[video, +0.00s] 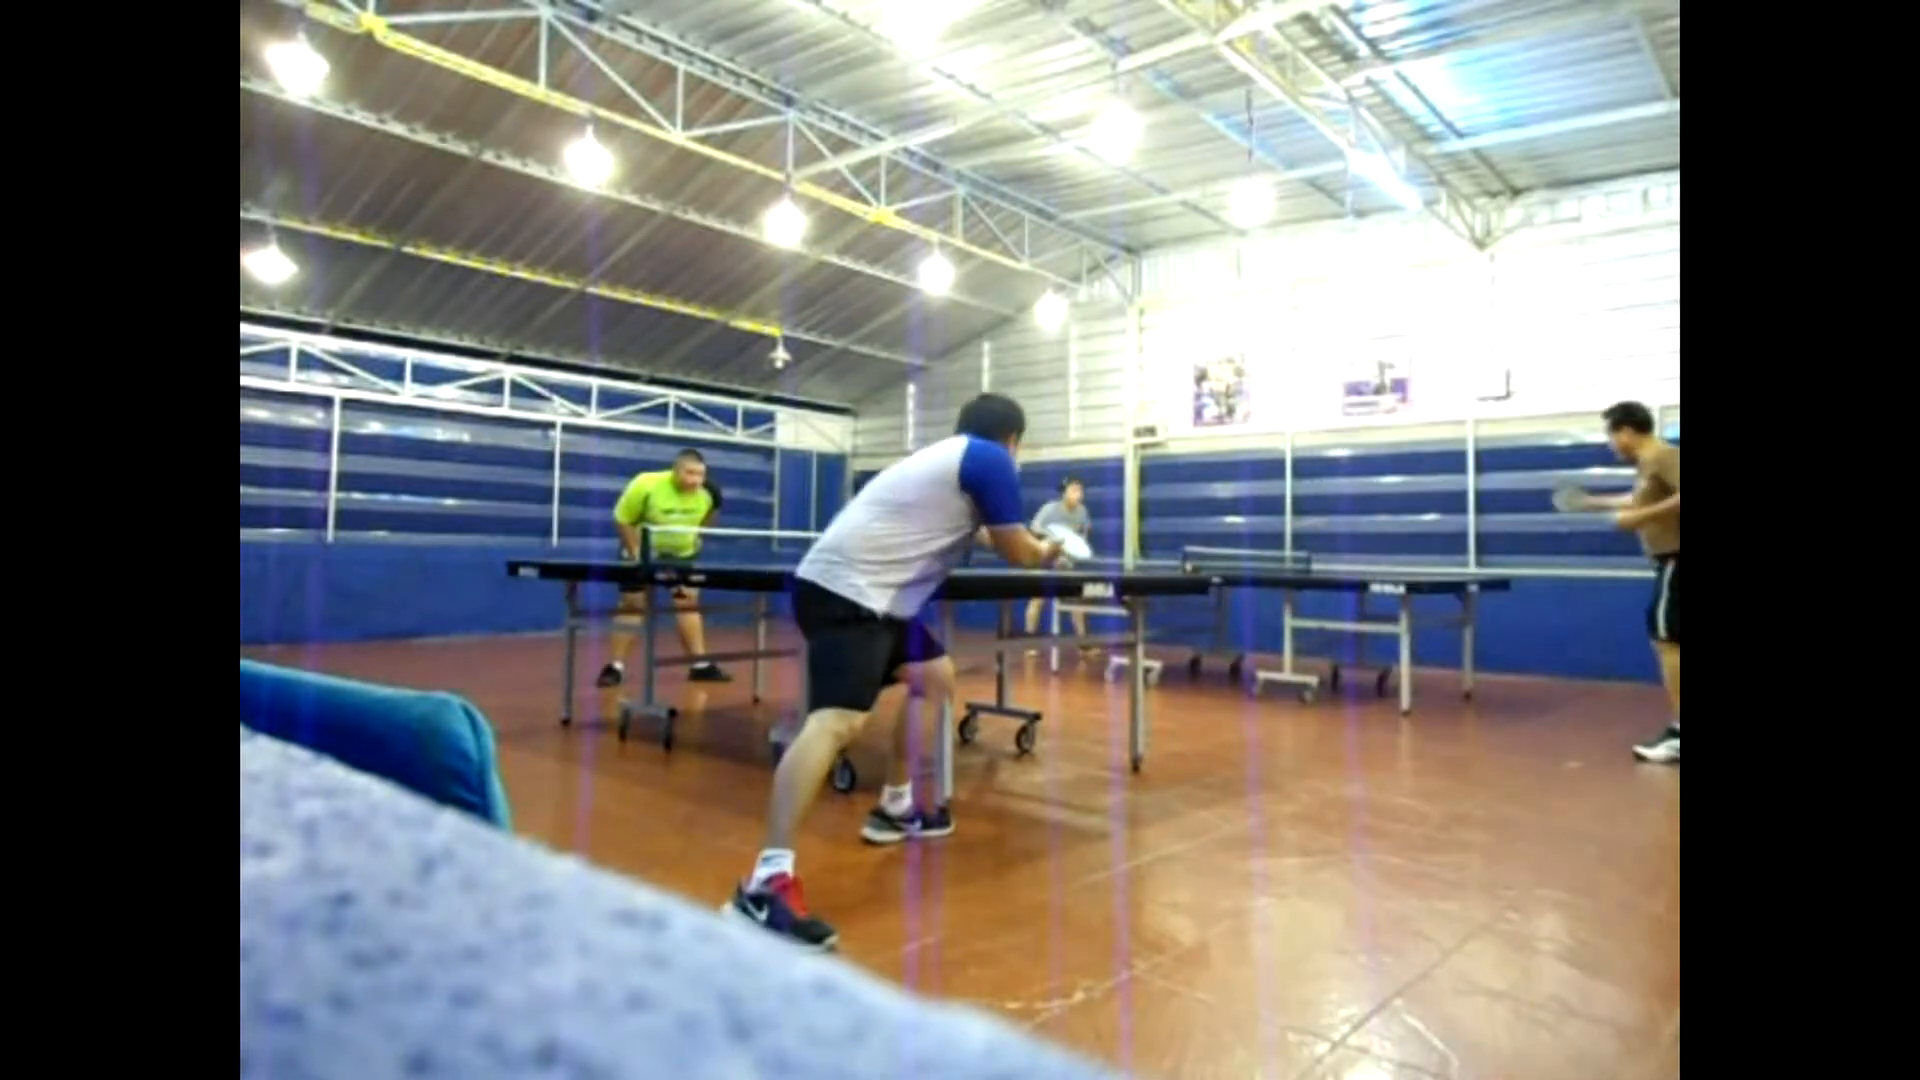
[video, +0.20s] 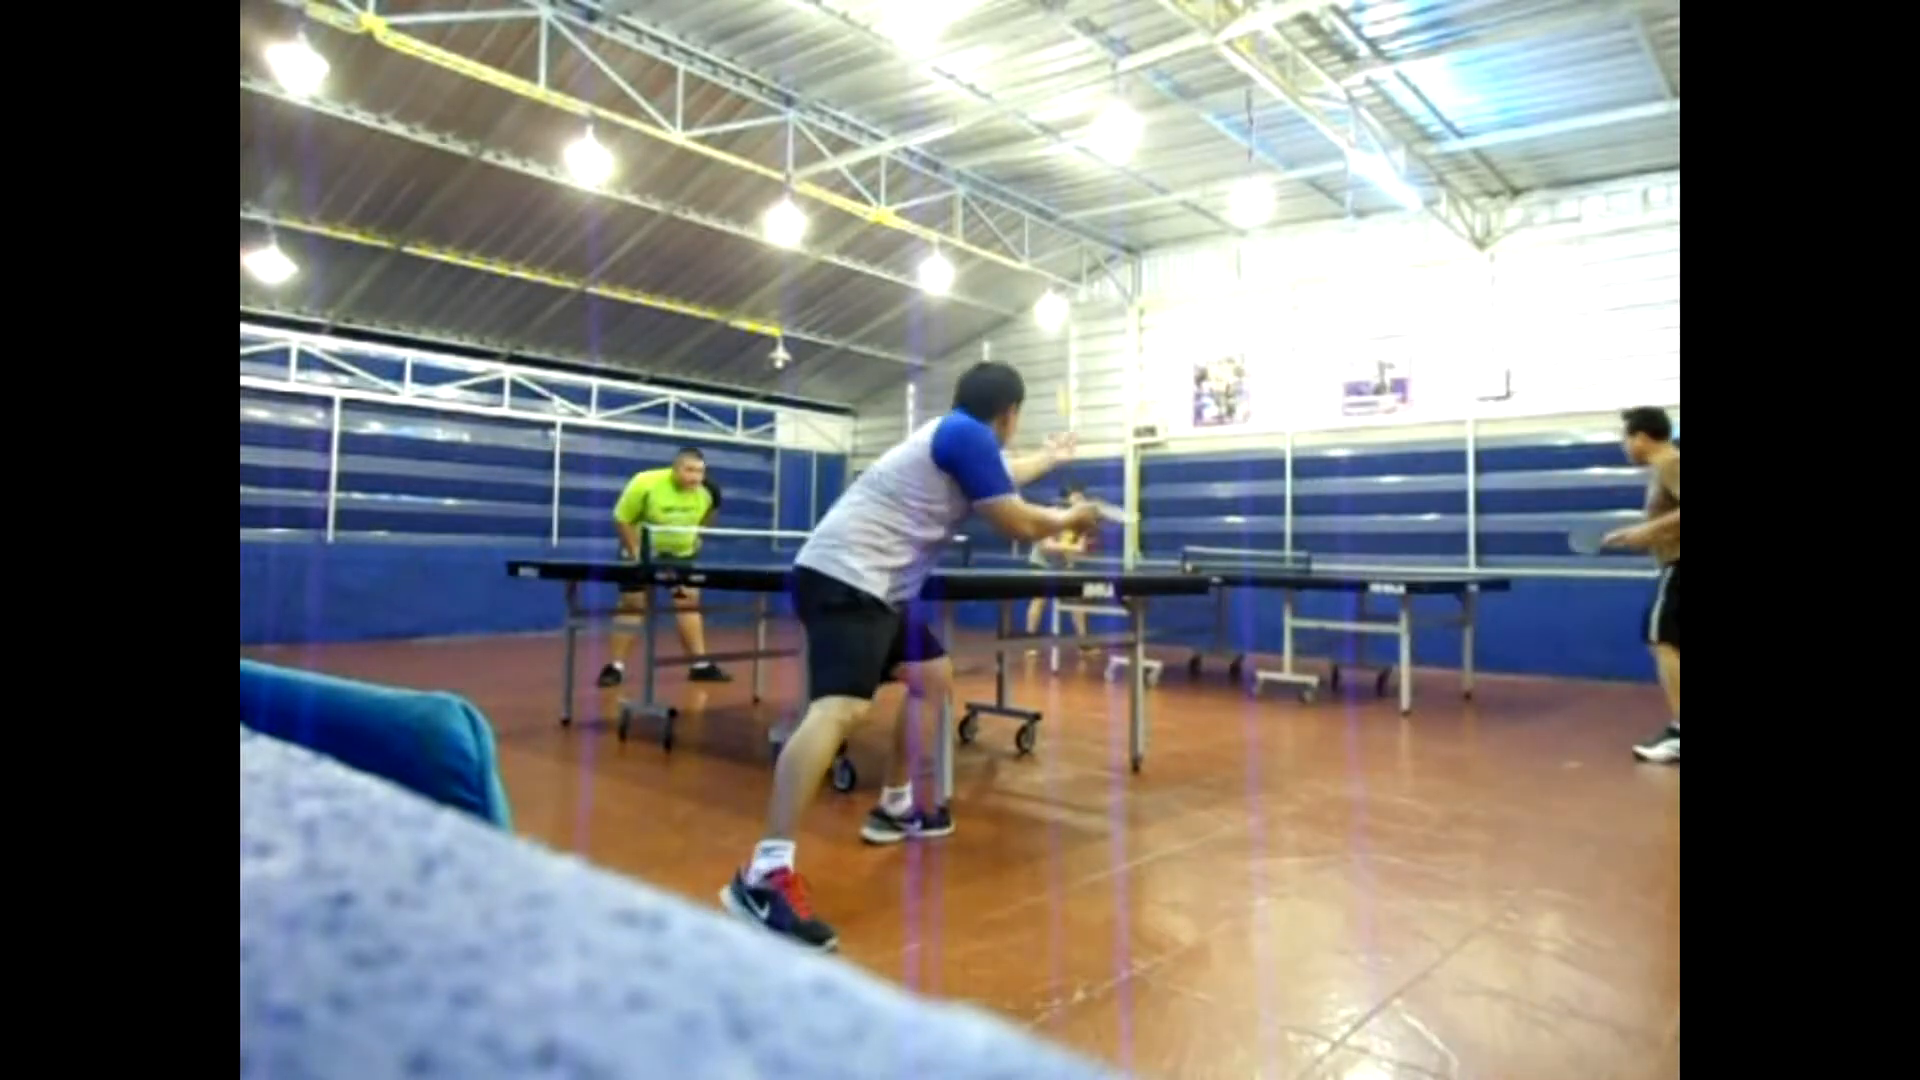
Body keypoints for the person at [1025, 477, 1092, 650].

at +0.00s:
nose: (1077, 495)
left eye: (1079, 491)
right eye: (1073, 490)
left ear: (1082, 494)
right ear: (1064, 492)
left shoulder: (1082, 511)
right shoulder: (1049, 510)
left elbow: (1085, 530)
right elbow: (1035, 530)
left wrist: (1078, 545)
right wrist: (1050, 545)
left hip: (1071, 560)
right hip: (1047, 560)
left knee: (1077, 599)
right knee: (1038, 598)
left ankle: (1082, 638)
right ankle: (1030, 636)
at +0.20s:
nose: (1078, 503)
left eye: (1081, 499)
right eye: (1074, 499)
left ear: (1084, 500)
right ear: (1066, 500)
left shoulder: (1083, 522)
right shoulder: (1052, 517)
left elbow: (1081, 549)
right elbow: (1046, 545)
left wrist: (1057, 547)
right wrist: (1069, 549)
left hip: (1069, 564)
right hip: (1044, 564)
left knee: (1076, 600)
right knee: (1040, 598)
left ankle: (1083, 638)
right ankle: (1030, 635)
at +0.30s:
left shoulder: (1078, 516)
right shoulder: (1053, 516)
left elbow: (1075, 535)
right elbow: (1067, 539)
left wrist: (1076, 549)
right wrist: (1098, 537)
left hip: (1067, 560)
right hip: (1045, 561)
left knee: (1077, 601)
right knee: (1041, 599)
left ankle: (1083, 639)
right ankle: (1031, 637)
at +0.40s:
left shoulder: (1082, 507)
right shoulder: (1057, 507)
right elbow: (1072, 531)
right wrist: (1093, 524)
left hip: (1072, 559)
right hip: (1049, 559)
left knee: (1078, 602)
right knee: (1042, 599)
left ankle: (1083, 640)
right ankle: (1031, 637)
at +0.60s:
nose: (1091, 491)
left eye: (1093, 487)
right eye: (1087, 486)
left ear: (1095, 491)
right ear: (1078, 488)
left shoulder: (1088, 509)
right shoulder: (1064, 504)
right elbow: (1061, 528)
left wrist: (1092, 522)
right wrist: (1079, 523)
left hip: (1076, 560)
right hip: (1053, 558)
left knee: (1081, 601)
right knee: (1044, 597)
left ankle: (1084, 637)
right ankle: (1032, 635)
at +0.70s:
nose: (1090, 492)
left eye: (1092, 487)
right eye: (1086, 487)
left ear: (1094, 491)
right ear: (1077, 489)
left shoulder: (1087, 510)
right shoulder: (1063, 505)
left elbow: (1084, 530)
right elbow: (1056, 531)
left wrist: (1090, 530)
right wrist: (1076, 530)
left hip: (1075, 561)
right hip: (1052, 559)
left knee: (1082, 600)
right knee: (1044, 597)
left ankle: (1084, 636)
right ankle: (1033, 634)